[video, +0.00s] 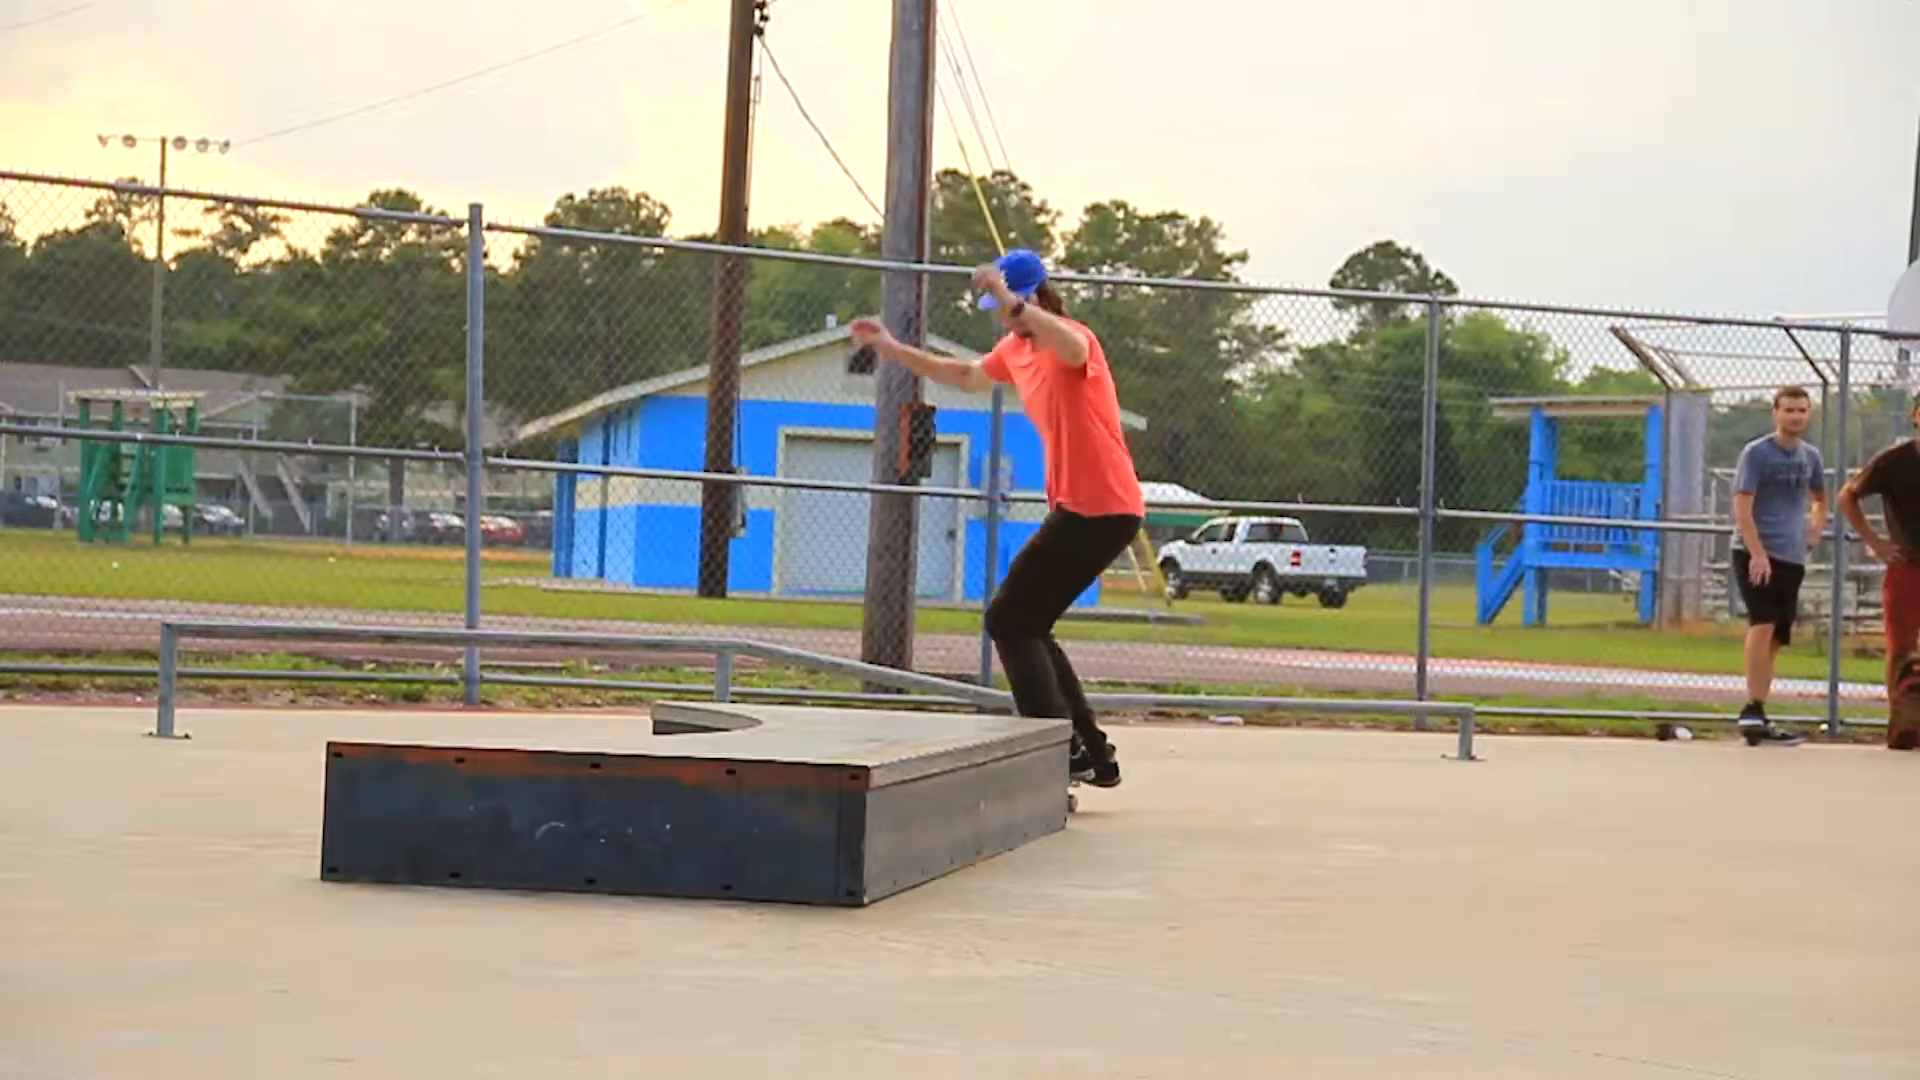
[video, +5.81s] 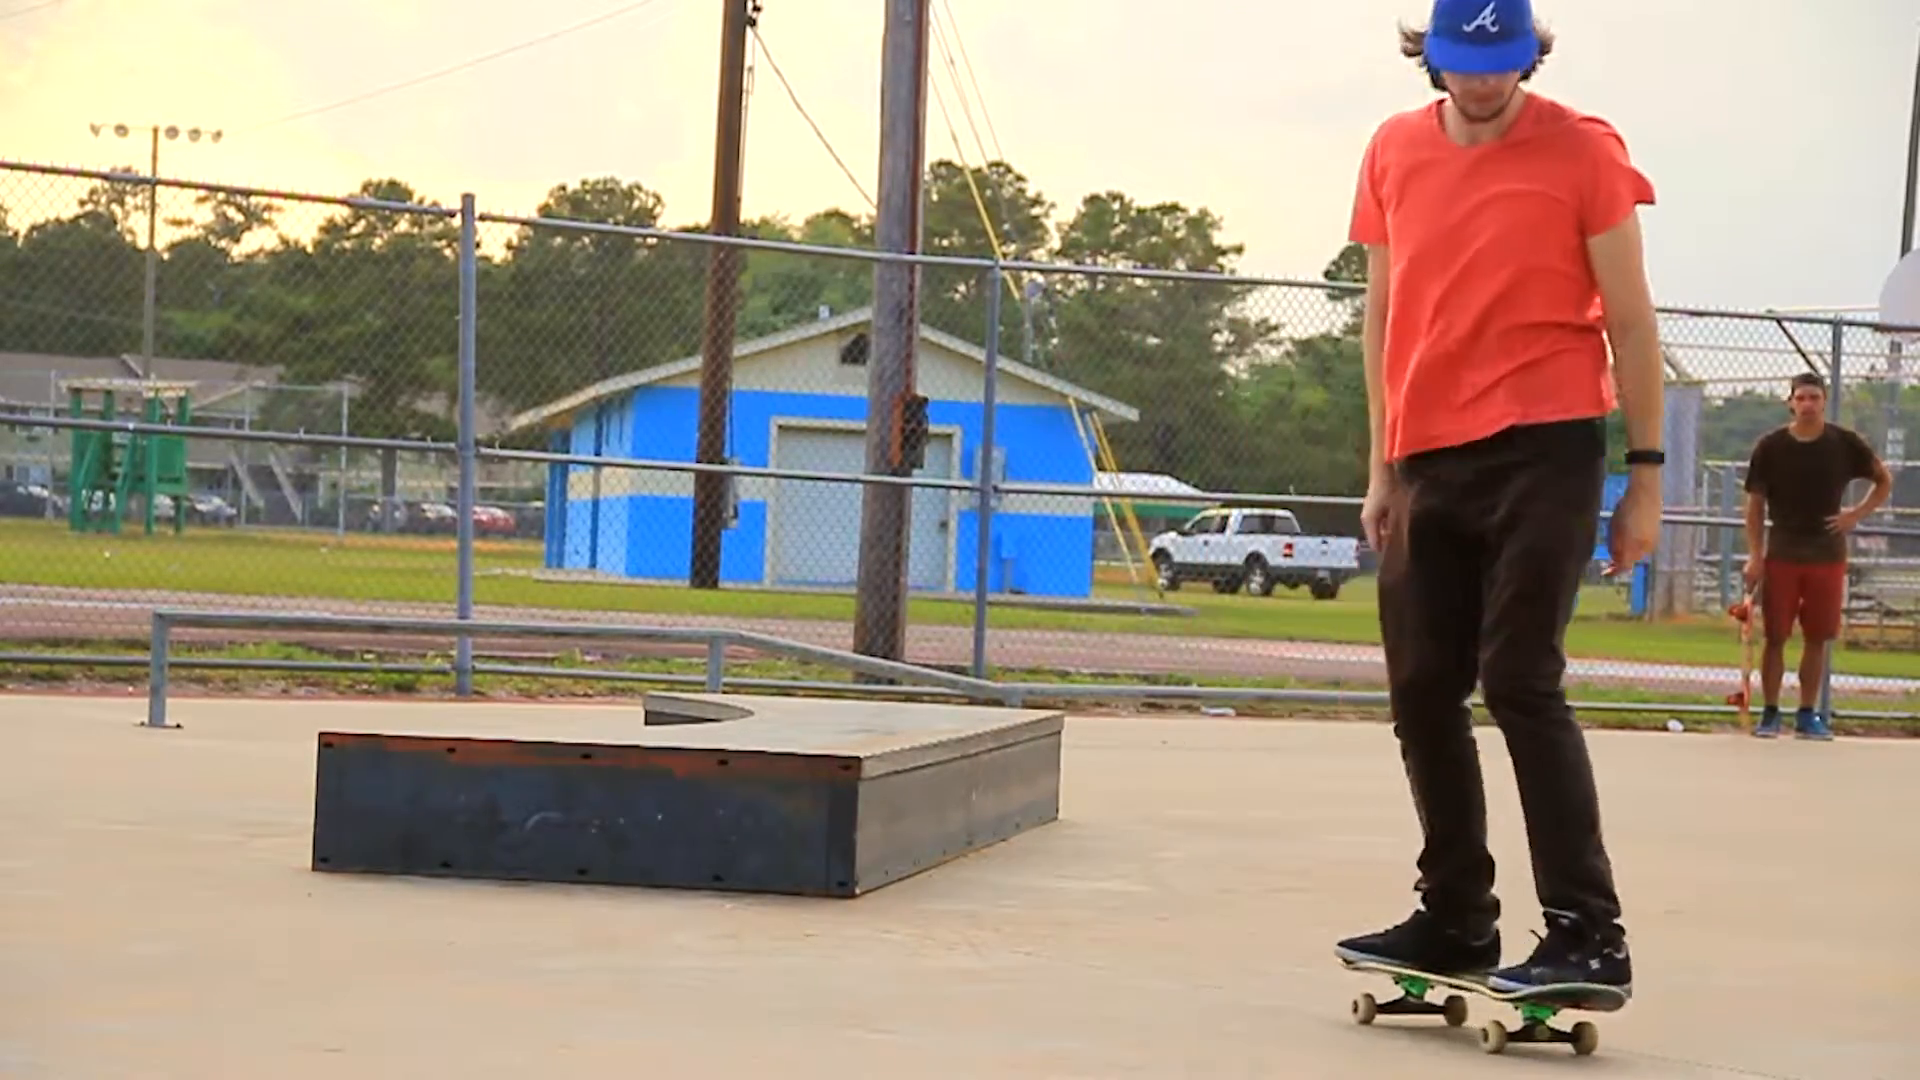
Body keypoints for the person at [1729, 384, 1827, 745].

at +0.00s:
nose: (1795, 417)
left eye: (1801, 411)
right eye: (1789, 410)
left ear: (1809, 416)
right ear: (1775, 413)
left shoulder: (1810, 456)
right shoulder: (1756, 453)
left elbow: (1820, 499)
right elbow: (1741, 505)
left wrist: (1817, 527)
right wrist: (1757, 552)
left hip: (1792, 555)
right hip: (1756, 550)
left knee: (1777, 635)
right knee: (1763, 623)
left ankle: (1758, 708)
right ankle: (1752, 707)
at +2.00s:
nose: (1799, 418)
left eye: (1806, 413)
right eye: (1793, 411)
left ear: (1813, 419)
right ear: (1780, 413)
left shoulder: (1813, 459)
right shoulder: (1755, 447)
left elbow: (1828, 500)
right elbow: (1705, 473)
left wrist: (1817, 534)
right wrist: (1736, 512)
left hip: (1789, 557)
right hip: (1752, 550)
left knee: (1771, 641)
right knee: (1754, 624)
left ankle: (1759, 717)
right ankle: (1743, 704)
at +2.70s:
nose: (1824, 422)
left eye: (1824, 416)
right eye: (1820, 415)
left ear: (1806, 419)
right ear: (1798, 417)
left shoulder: (1811, 458)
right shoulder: (1756, 447)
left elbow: (1827, 499)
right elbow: (1707, 474)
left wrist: (1817, 532)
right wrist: (1737, 513)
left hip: (1790, 557)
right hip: (1753, 551)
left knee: (1771, 641)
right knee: (1752, 624)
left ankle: (1757, 716)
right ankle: (1739, 704)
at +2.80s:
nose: (1808, 401)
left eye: (1815, 395)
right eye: (1802, 395)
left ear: (1828, 399)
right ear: (1794, 400)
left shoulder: (1848, 444)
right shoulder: (1774, 445)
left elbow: (1885, 483)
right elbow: (1761, 502)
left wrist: (1859, 515)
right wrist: (1758, 554)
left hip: (1825, 556)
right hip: (1782, 554)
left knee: (1817, 638)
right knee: (1774, 636)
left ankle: (1807, 713)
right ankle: (1770, 711)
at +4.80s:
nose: (1797, 402)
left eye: (1804, 395)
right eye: (1792, 395)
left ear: (1817, 400)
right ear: (1782, 400)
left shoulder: (1840, 443)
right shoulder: (1764, 447)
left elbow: (1883, 480)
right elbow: (1750, 504)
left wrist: (1853, 514)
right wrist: (1752, 555)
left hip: (1822, 554)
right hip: (1778, 552)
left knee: (1816, 639)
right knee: (1773, 638)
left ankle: (1807, 714)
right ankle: (1770, 712)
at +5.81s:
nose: (1807, 404)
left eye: (1814, 398)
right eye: (1801, 398)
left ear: (1824, 402)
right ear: (1791, 402)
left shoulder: (1845, 444)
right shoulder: (1769, 447)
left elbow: (1884, 480)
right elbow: (1754, 505)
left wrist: (1856, 514)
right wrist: (1754, 556)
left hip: (1826, 555)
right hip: (1781, 553)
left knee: (1817, 639)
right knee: (1775, 638)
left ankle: (1807, 714)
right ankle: (1770, 712)